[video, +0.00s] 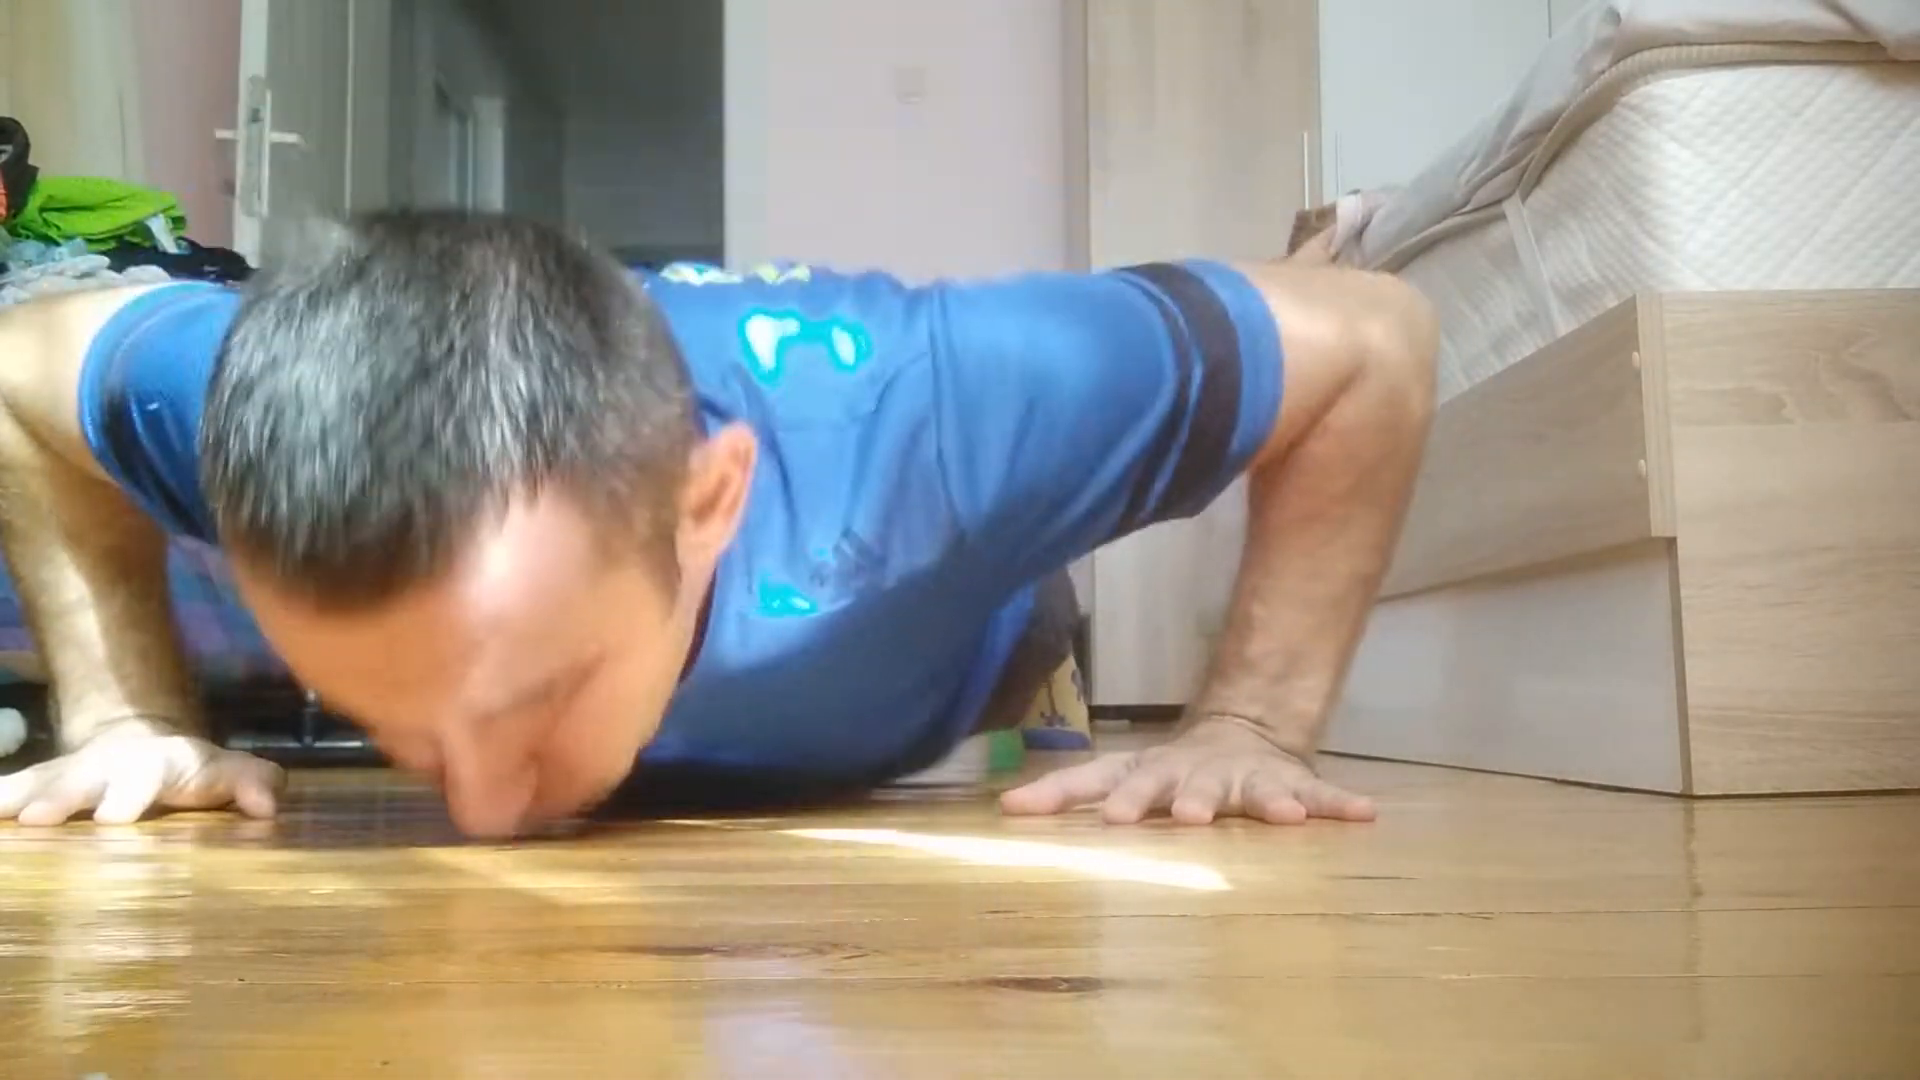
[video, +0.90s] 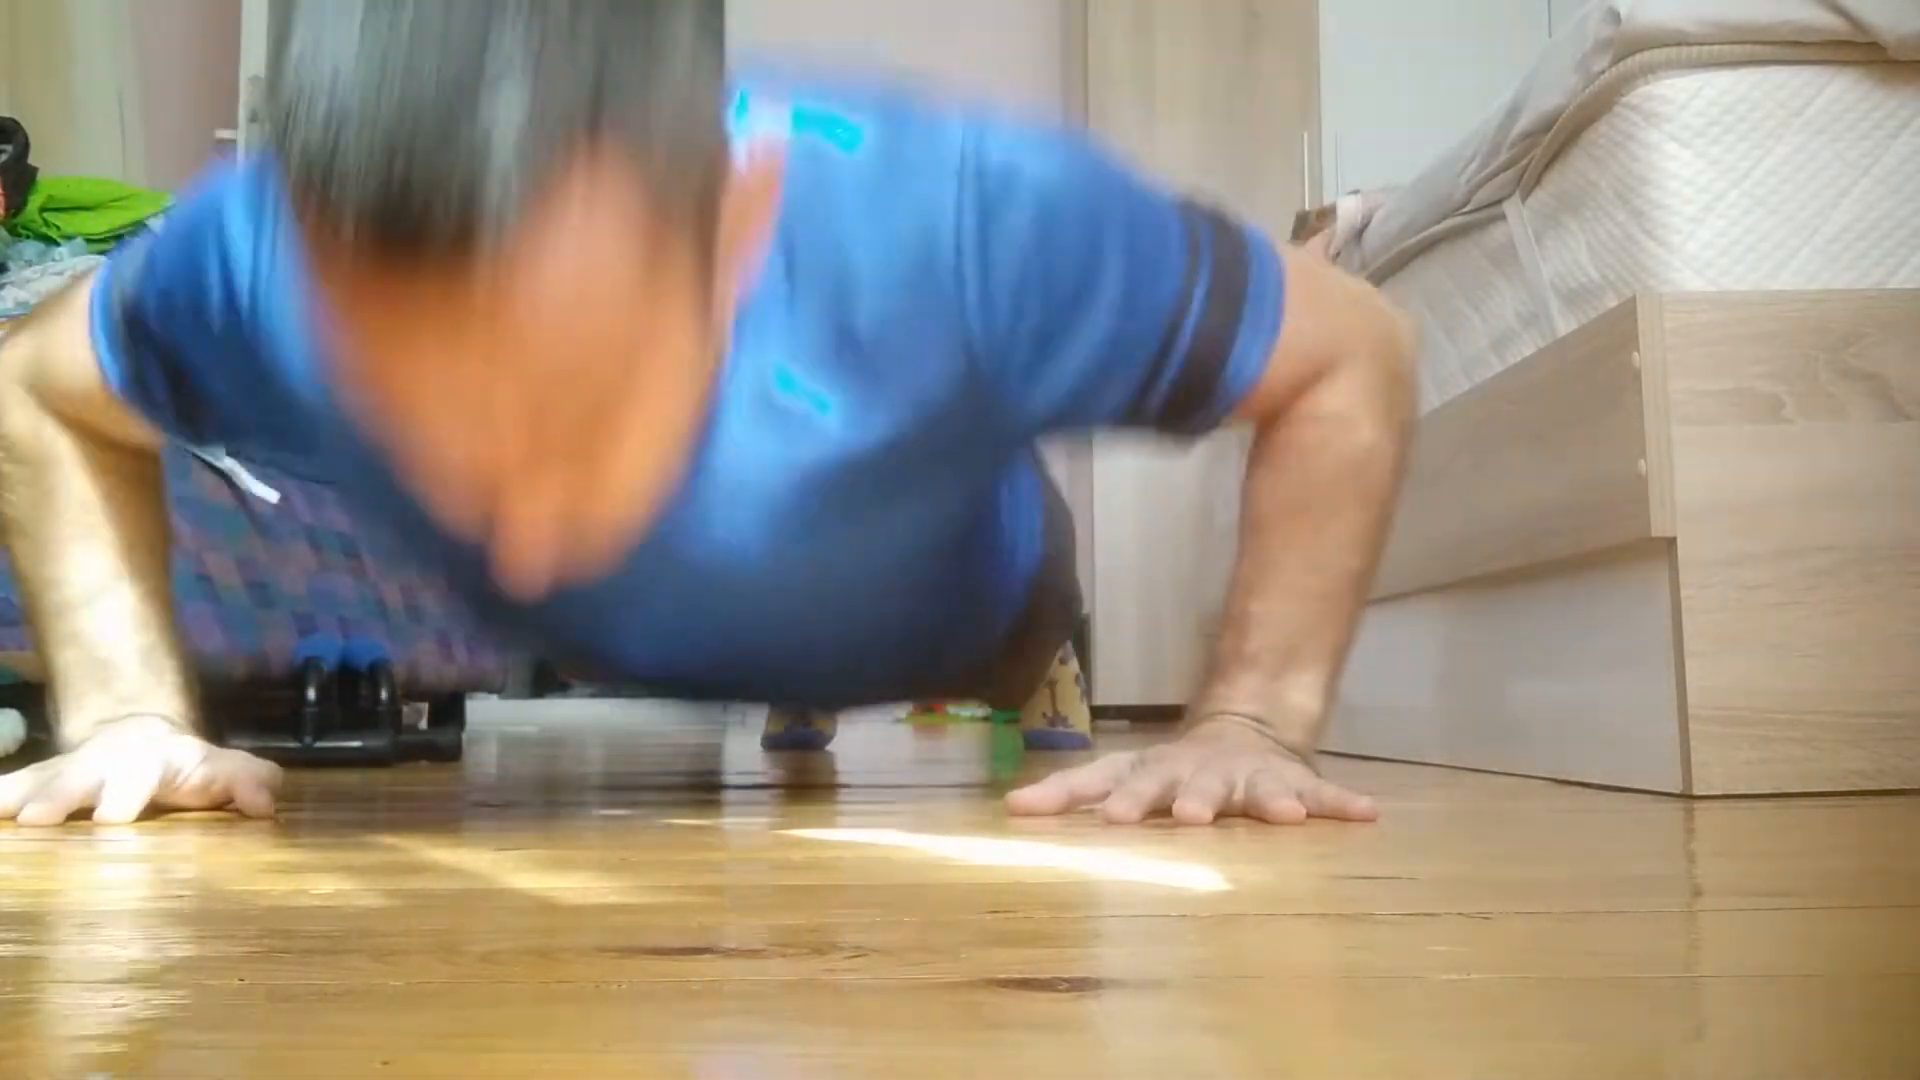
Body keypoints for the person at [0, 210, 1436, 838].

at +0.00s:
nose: (474, 798)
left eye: (543, 698)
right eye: (387, 716)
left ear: (708, 511)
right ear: (280, 556)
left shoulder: (940, 431)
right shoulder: (235, 404)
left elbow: (1374, 342)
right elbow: (27, 364)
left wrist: (1251, 721)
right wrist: (125, 715)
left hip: (910, 727)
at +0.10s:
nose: (488, 655)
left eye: (547, 573)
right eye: (406, 587)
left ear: (718, 388)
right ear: (317, 463)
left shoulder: (962, 370)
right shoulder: (241, 363)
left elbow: (1410, 352)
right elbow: (24, 369)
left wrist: (1260, 723)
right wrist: (121, 706)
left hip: (943, 641)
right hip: (681, 664)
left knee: (1008, 633)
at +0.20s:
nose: (510, 439)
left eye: (563, 346)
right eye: (435, 360)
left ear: (738, 189)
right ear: (347, 261)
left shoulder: (962, 238)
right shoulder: (271, 260)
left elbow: (1416, 357)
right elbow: (12, 389)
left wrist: (1263, 720)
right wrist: (128, 708)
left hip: (961, 556)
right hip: (718, 593)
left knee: (1013, 622)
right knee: (801, 641)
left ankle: (1033, 653)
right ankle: (807, 683)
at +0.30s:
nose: (530, 214)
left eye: (584, 109)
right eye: (457, 139)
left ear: (738, 19)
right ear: (383, 76)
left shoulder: (978, 101)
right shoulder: (303, 134)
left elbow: (1376, 357)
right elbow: (45, 380)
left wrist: (1264, 714)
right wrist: (134, 717)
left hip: (954, 495)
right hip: (704, 535)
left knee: (1008, 607)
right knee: (791, 611)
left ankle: (1027, 644)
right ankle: (816, 657)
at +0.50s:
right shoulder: (360, 17)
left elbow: (1216, 280)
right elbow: (210, 300)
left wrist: (1249, 709)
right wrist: (145, 712)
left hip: (942, 387)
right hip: (687, 427)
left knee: (1002, 564)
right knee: (783, 569)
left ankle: (1012, 626)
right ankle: (820, 644)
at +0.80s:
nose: (572, 142)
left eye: (614, 59)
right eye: (513, 64)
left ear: (720, 12)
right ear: (440, 15)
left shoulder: (966, 35)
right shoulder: (338, 64)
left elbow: (1325, 334)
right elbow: (98, 366)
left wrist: (1250, 716)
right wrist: (138, 717)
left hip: (949, 507)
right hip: (694, 548)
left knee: (1003, 626)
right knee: (780, 626)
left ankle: (1006, 660)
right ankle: (802, 667)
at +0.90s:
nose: (511, 500)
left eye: (570, 410)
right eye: (438, 424)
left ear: (724, 232)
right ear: (330, 290)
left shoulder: (957, 235)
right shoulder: (255, 273)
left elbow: (1349, 358)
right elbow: (53, 394)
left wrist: (1252, 715)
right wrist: (134, 712)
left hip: (972, 637)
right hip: (649, 645)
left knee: (1017, 648)